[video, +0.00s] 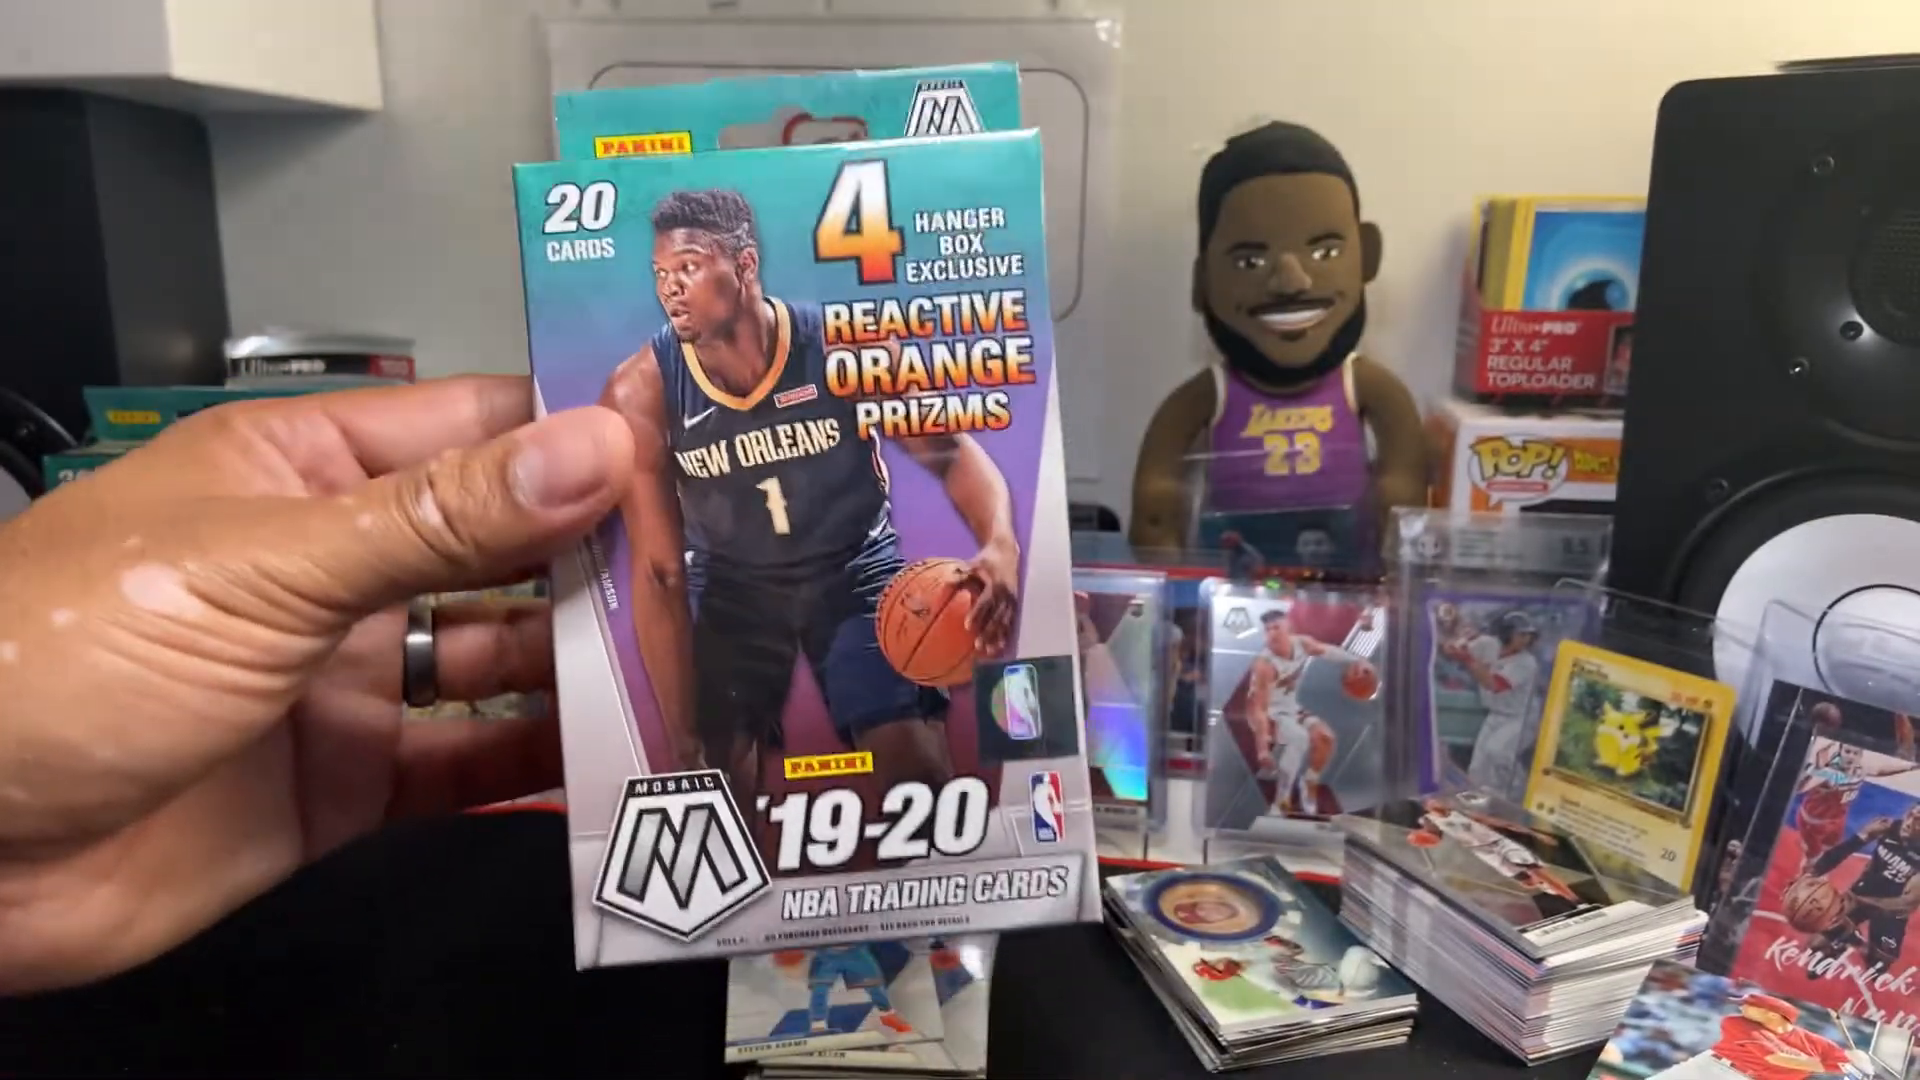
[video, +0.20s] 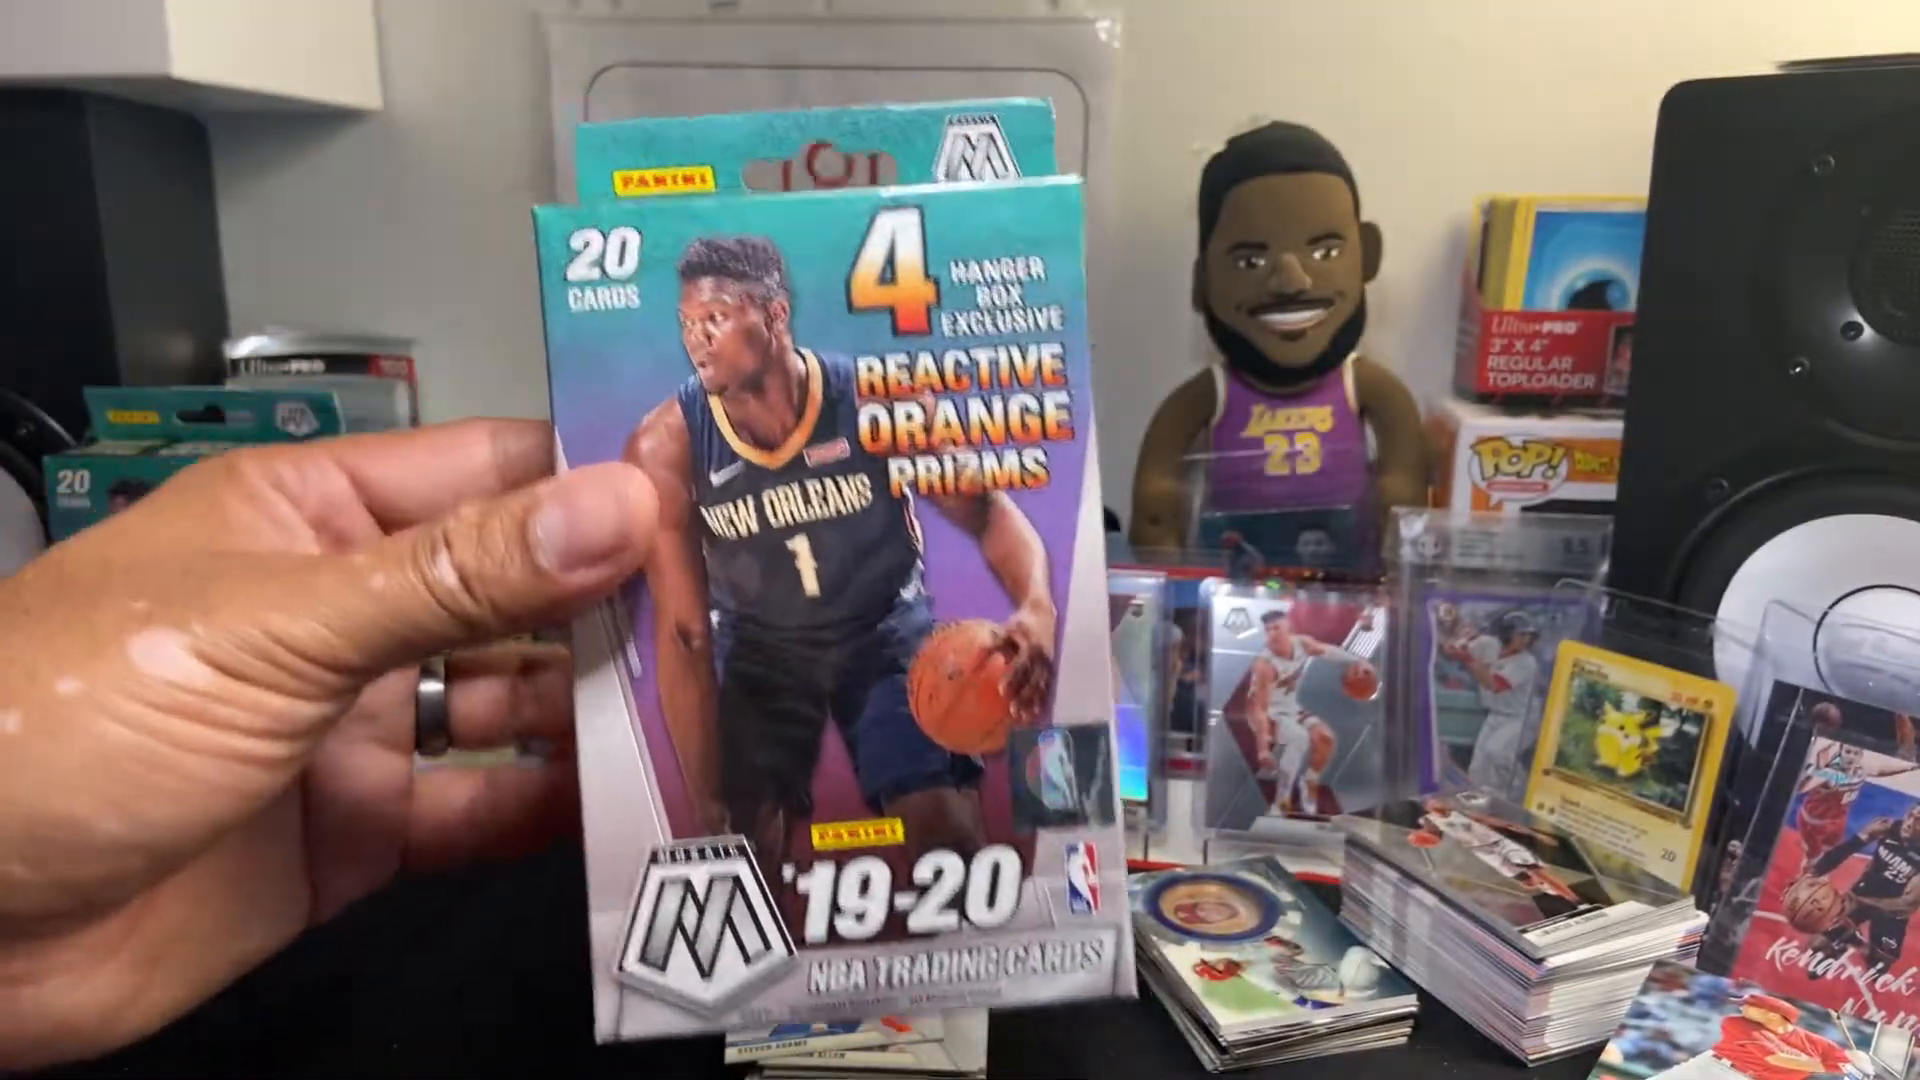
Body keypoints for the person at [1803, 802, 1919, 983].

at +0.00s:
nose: (1910, 823)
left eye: (1917, 821)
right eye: (1910, 816)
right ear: (1905, 814)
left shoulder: (1917, 859)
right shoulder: (1884, 828)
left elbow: (1907, 904)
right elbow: (1843, 850)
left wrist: (1859, 903)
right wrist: (1814, 872)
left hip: (1893, 909)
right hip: (1862, 895)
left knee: (1877, 971)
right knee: (1816, 947)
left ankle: (1854, 939)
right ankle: (1838, 948)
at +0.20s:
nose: (1911, 823)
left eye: (1918, 822)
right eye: (1911, 816)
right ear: (1906, 814)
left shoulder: (1917, 859)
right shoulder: (1884, 828)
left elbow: (1906, 905)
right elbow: (1843, 850)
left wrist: (1859, 903)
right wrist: (1814, 872)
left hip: (1893, 911)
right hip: (1862, 897)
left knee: (1877, 971)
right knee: (1816, 950)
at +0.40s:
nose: (1911, 823)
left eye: (1917, 821)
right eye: (1911, 816)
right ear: (1907, 814)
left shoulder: (1916, 858)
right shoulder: (1886, 828)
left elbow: (1907, 905)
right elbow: (1846, 849)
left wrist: (1861, 903)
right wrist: (1816, 872)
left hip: (1894, 912)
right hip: (1862, 897)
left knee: (1878, 971)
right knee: (1817, 948)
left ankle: (1856, 941)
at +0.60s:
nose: (1912, 824)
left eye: (1918, 822)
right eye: (1912, 817)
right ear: (1908, 815)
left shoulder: (1917, 857)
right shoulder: (1887, 829)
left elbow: (1908, 905)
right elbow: (1848, 849)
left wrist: (1862, 904)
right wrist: (1816, 872)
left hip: (1894, 911)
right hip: (1863, 897)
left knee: (1878, 972)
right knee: (1818, 951)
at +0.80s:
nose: (1912, 824)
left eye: (1918, 822)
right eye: (1913, 817)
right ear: (1908, 815)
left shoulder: (1917, 857)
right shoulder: (1888, 829)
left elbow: (1909, 905)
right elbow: (1848, 849)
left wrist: (1861, 904)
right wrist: (1816, 872)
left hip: (1895, 910)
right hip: (1864, 897)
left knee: (1879, 971)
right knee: (1819, 949)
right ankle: (1847, 943)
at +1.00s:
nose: (1913, 824)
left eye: (1919, 822)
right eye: (1913, 817)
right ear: (1908, 815)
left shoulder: (1917, 857)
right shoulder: (1888, 829)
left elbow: (1909, 905)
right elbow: (1850, 849)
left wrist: (1862, 904)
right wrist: (1817, 872)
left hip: (1895, 911)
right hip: (1865, 897)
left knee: (1879, 970)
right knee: (1819, 947)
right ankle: (1844, 946)